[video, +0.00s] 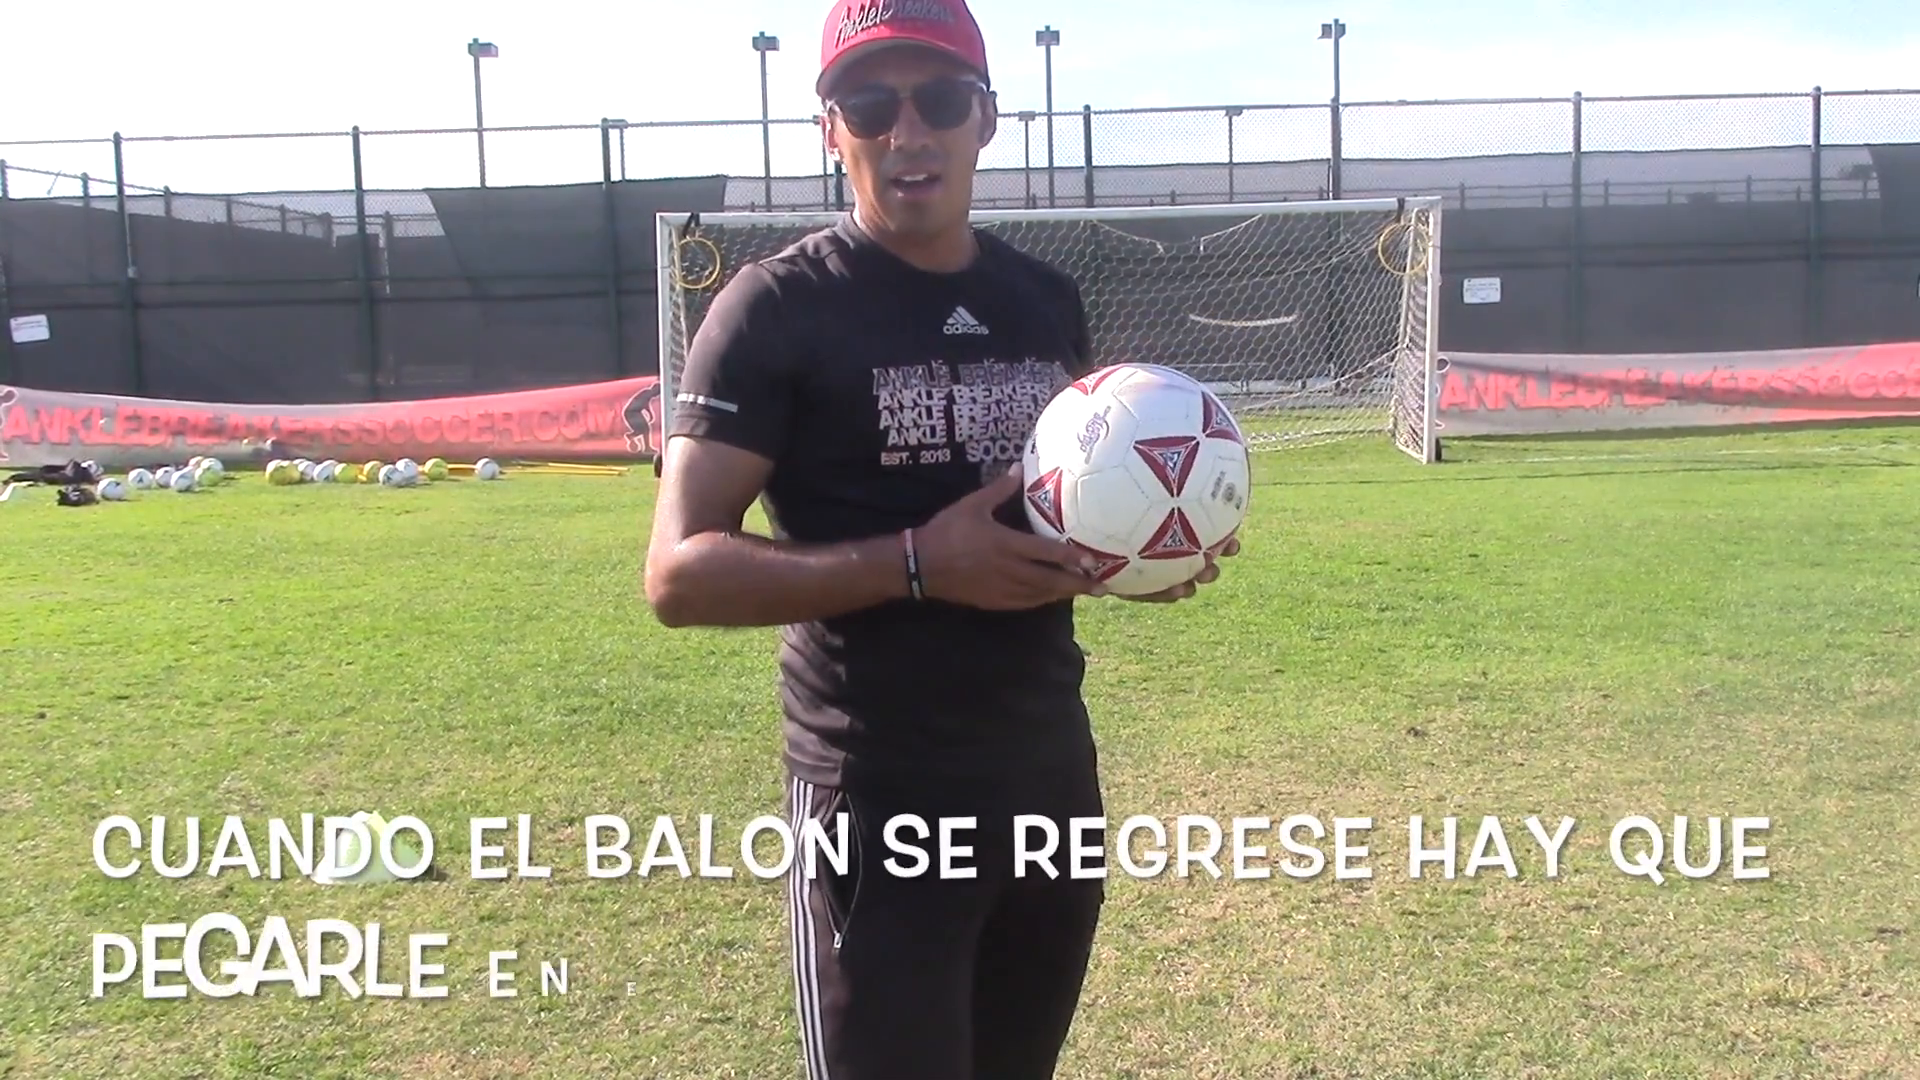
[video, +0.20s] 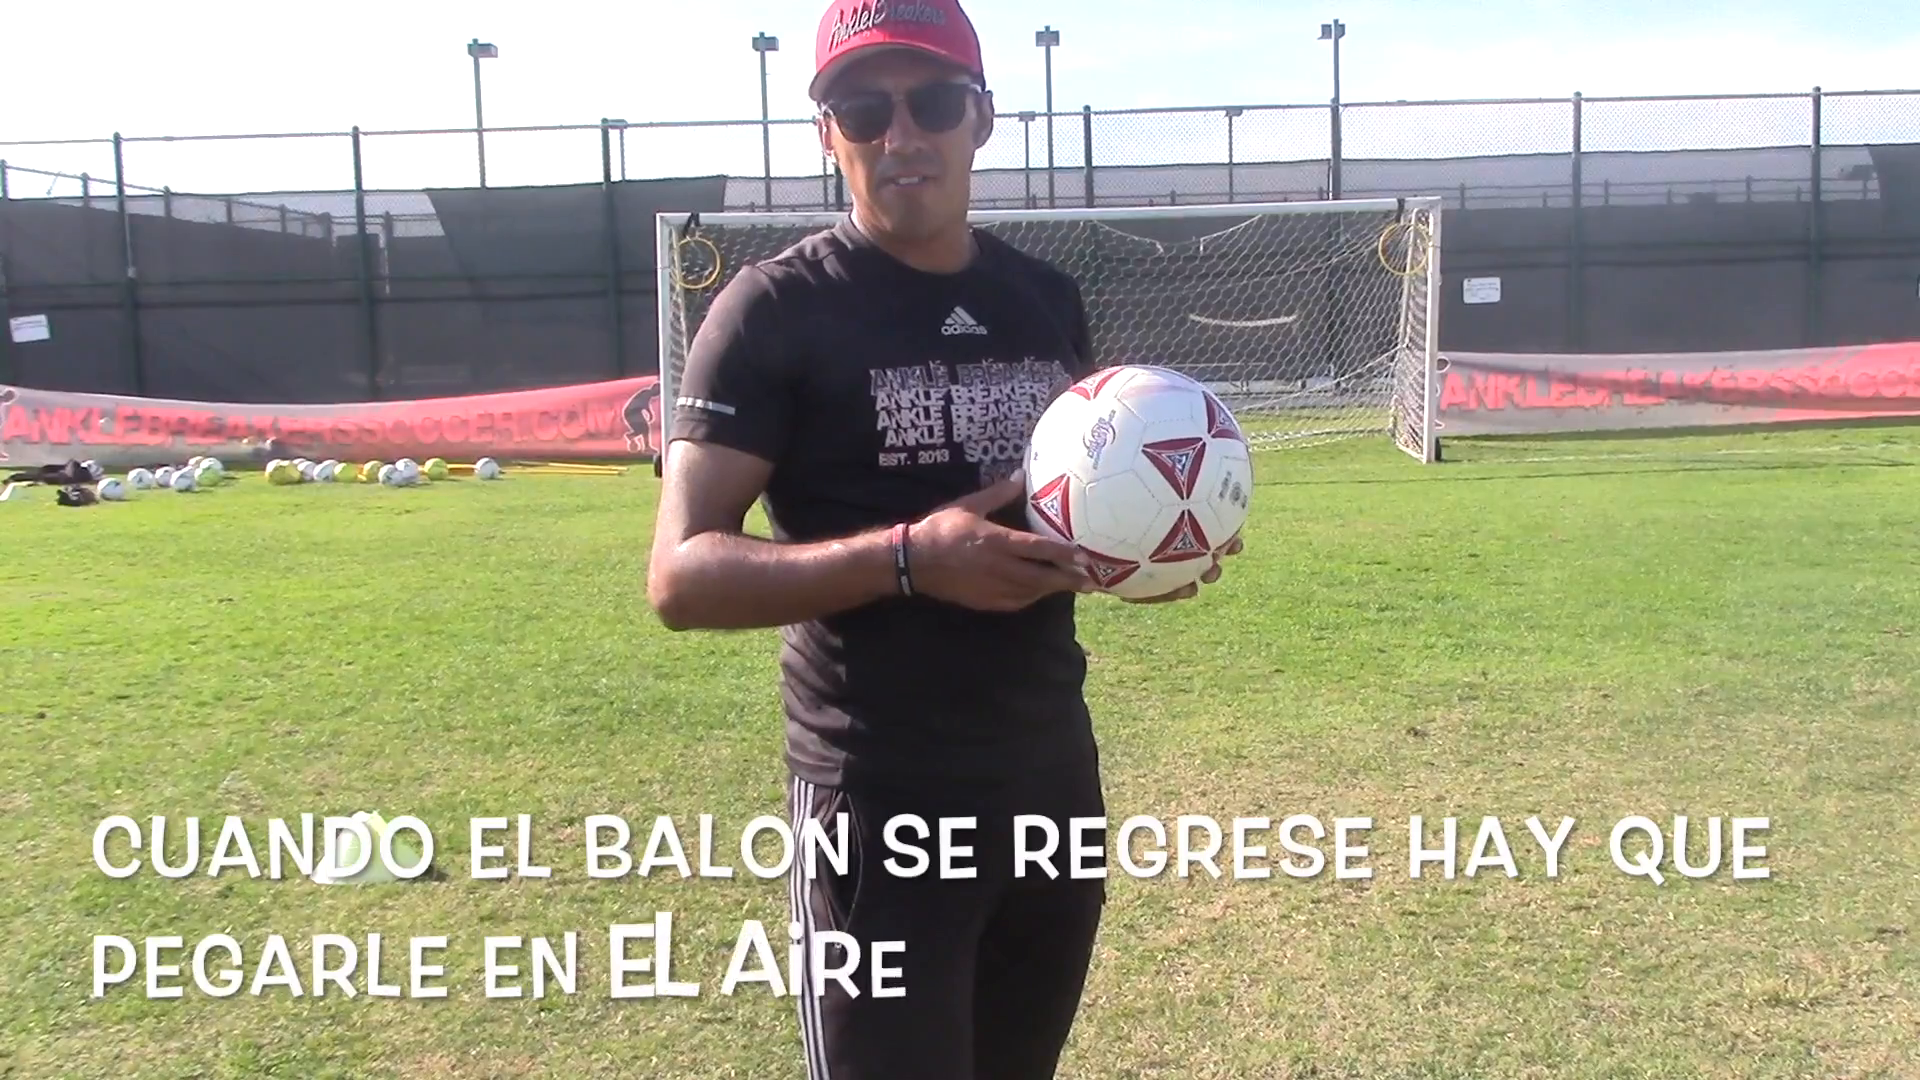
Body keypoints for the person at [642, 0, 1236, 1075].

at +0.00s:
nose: (911, 135)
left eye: (942, 102)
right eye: (874, 105)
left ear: (985, 120)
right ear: (832, 132)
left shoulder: (1043, 299)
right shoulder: (772, 306)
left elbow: (1067, 509)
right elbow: (678, 575)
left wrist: (1167, 535)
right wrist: (916, 560)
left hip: (1045, 759)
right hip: (874, 772)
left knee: (1018, 1062)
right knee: (888, 1062)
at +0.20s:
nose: (903, 139)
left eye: (933, 105)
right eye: (867, 111)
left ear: (980, 119)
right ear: (830, 136)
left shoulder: (1044, 297)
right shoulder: (770, 309)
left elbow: (1071, 499)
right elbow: (681, 578)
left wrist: (1165, 528)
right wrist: (907, 558)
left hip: (1047, 761)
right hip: (874, 774)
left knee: (1019, 1063)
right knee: (888, 1062)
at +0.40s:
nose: (898, 139)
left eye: (929, 104)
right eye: (863, 111)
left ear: (978, 119)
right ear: (827, 138)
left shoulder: (1045, 297)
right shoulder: (769, 309)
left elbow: (1076, 500)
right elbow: (676, 577)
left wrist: (1165, 518)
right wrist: (889, 560)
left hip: (1047, 760)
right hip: (873, 774)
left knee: (1019, 1061)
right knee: (886, 1061)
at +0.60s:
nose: (896, 139)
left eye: (928, 104)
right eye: (861, 111)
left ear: (978, 119)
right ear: (825, 139)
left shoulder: (1046, 297)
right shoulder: (769, 312)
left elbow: (1086, 493)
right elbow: (673, 578)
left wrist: (1155, 519)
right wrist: (884, 567)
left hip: (1047, 760)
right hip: (873, 775)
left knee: (1019, 1061)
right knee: (887, 1061)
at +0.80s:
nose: (895, 138)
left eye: (927, 103)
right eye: (859, 111)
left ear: (978, 120)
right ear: (824, 141)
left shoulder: (1048, 297)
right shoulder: (768, 312)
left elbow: (1083, 498)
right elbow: (673, 578)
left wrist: (1170, 536)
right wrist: (882, 564)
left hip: (1049, 762)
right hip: (873, 777)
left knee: (1020, 1061)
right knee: (889, 1061)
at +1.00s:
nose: (901, 142)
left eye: (933, 107)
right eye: (866, 113)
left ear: (983, 121)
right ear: (829, 137)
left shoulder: (1049, 298)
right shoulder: (771, 309)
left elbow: (1090, 497)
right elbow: (680, 576)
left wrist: (1179, 520)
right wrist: (897, 574)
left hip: (1051, 767)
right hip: (875, 782)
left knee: (1021, 1061)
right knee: (888, 1061)